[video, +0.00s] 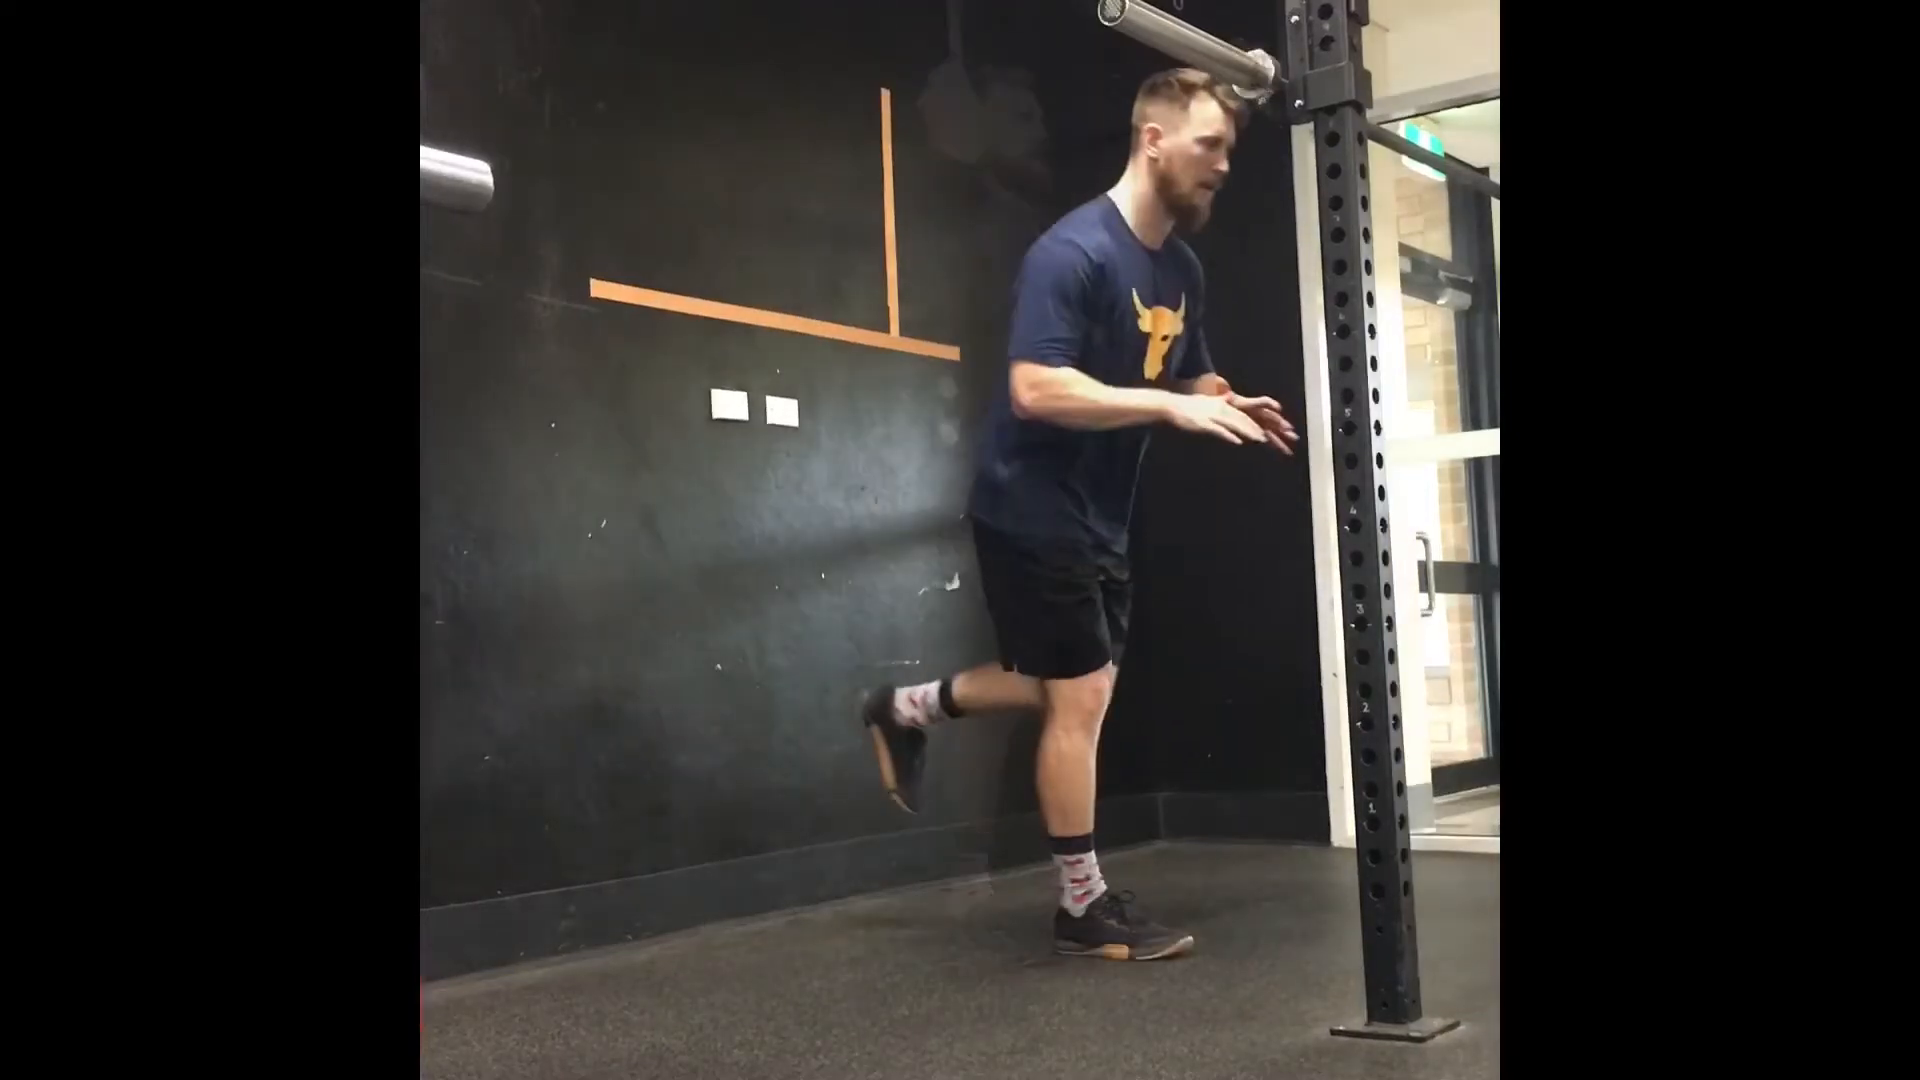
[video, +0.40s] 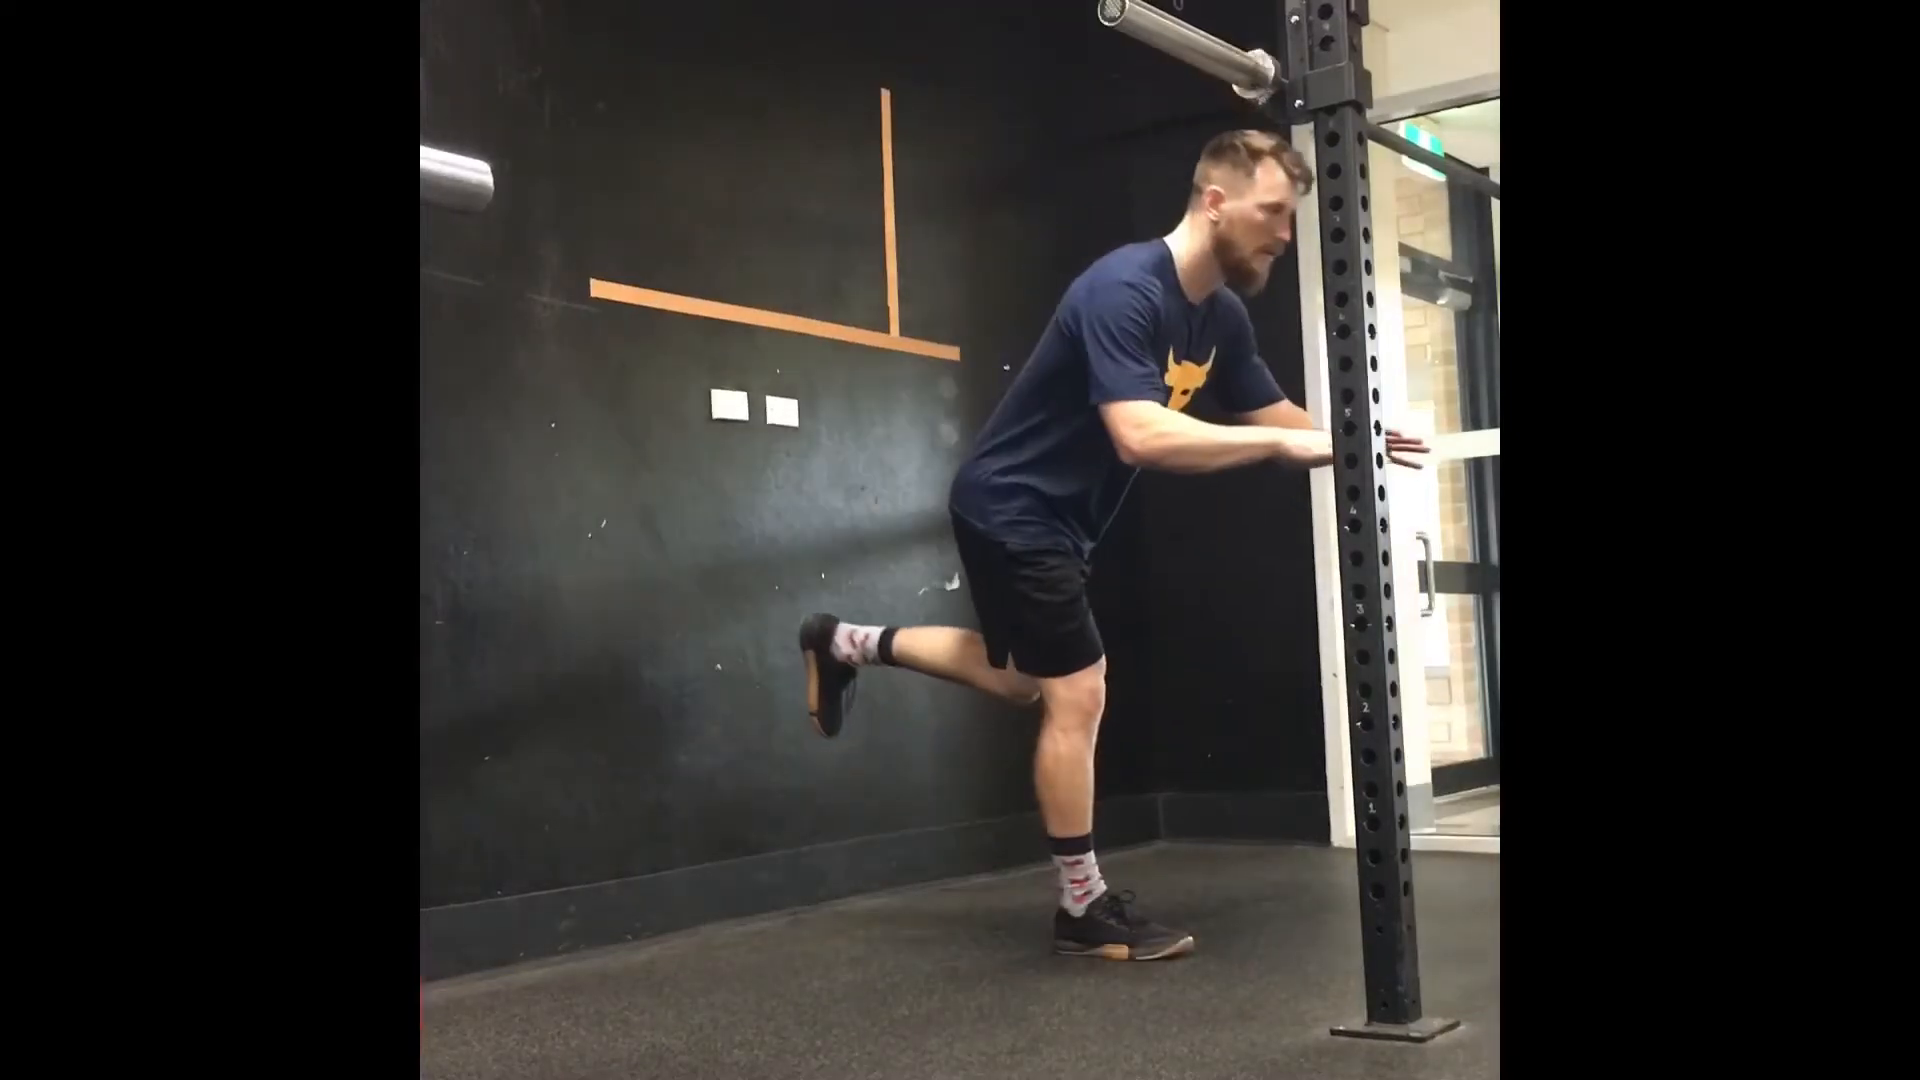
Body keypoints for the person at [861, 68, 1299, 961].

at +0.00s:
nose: (1222, 168)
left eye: (1227, 151)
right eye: (1209, 147)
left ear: (1196, 152)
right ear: (1150, 139)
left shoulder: (1181, 268)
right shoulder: (1068, 254)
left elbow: (1176, 380)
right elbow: (1036, 390)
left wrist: (1224, 402)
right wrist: (1174, 408)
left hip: (1105, 517)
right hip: (1033, 513)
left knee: (1080, 683)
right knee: (1078, 694)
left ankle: (909, 706)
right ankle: (1081, 903)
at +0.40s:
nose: (1288, 232)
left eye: (1292, 214)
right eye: (1274, 211)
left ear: (1238, 213)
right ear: (1213, 202)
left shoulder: (1222, 317)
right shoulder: (1121, 287)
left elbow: (1269, 417)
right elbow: (1141, 434)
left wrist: (1357, 436)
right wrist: (1293, 449)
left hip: (1065, 517)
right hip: (1009, 505)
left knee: (1018, 678)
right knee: (1077, 692)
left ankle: (848, 644)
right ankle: (1082, 906)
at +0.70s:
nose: (1314, 282)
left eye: (1318, 263)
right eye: (1303, 261)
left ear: (1266, 258)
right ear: (1243, 249)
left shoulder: (1255, 348)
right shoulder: (1148, 320)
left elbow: (1326, 440)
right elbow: (1204, 460)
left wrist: (1414, 464)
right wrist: (1358, 470)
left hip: (1056, 521)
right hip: (1002, 507)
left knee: (987, 661)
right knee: (1074, 690)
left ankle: (829, 596)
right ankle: (1081, 904)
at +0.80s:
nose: (1323, 294)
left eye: (1327, 275)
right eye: (1312, 272)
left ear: (1277, 270)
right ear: (1251, 259)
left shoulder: (1255, 355)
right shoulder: (1158, 329)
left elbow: (1335, 442)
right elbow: (1217, 463)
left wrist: (1427, 463)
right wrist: (1374, 473)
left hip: (1052, 522)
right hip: (1001, 510)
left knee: (977, 651)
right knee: (1074, 692)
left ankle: (824, 575)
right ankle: (1081, 902)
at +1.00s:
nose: (1331, 320)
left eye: (1334, 303)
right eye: (1324, 300)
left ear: (1280, 290)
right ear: (1270, 284)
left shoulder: (1262, 373)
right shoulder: (1166, 346)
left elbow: (1352, 457)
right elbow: (1236, 479)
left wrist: (1459, 494)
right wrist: (1375, 490)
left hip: (1043, 520)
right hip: (1000, 508)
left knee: (954, 627)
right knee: (1075, 686)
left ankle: (814, 528)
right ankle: (1084, 911)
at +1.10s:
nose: (1337, 332)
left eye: (1340, 315)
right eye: (1328, 312)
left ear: (1285, 303)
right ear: (1272, 297)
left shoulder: (1274, 386)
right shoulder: (1170, 355)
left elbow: (1365, 463)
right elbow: (1248, 486)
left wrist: (1471, 503)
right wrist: (1390, 502)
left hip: (1045, 519)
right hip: (999, 507)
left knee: (952, 621)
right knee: (1076, 686)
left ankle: (815, 511)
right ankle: (1083, 907)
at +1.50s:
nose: (1344, 378)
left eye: (1349, 360)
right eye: (1337, 357)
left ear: (1297, 339)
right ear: (1286, 333)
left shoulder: (1245, 392)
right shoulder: (1196, 385)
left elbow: (1367, 450)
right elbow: (1309, 478)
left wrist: (1447, 470)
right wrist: (1442, 483)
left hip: (1024, 494)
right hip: (1007, 515)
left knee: (929, 571)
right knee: (1081, 691)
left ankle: (813, 443)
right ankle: (1083, 906)